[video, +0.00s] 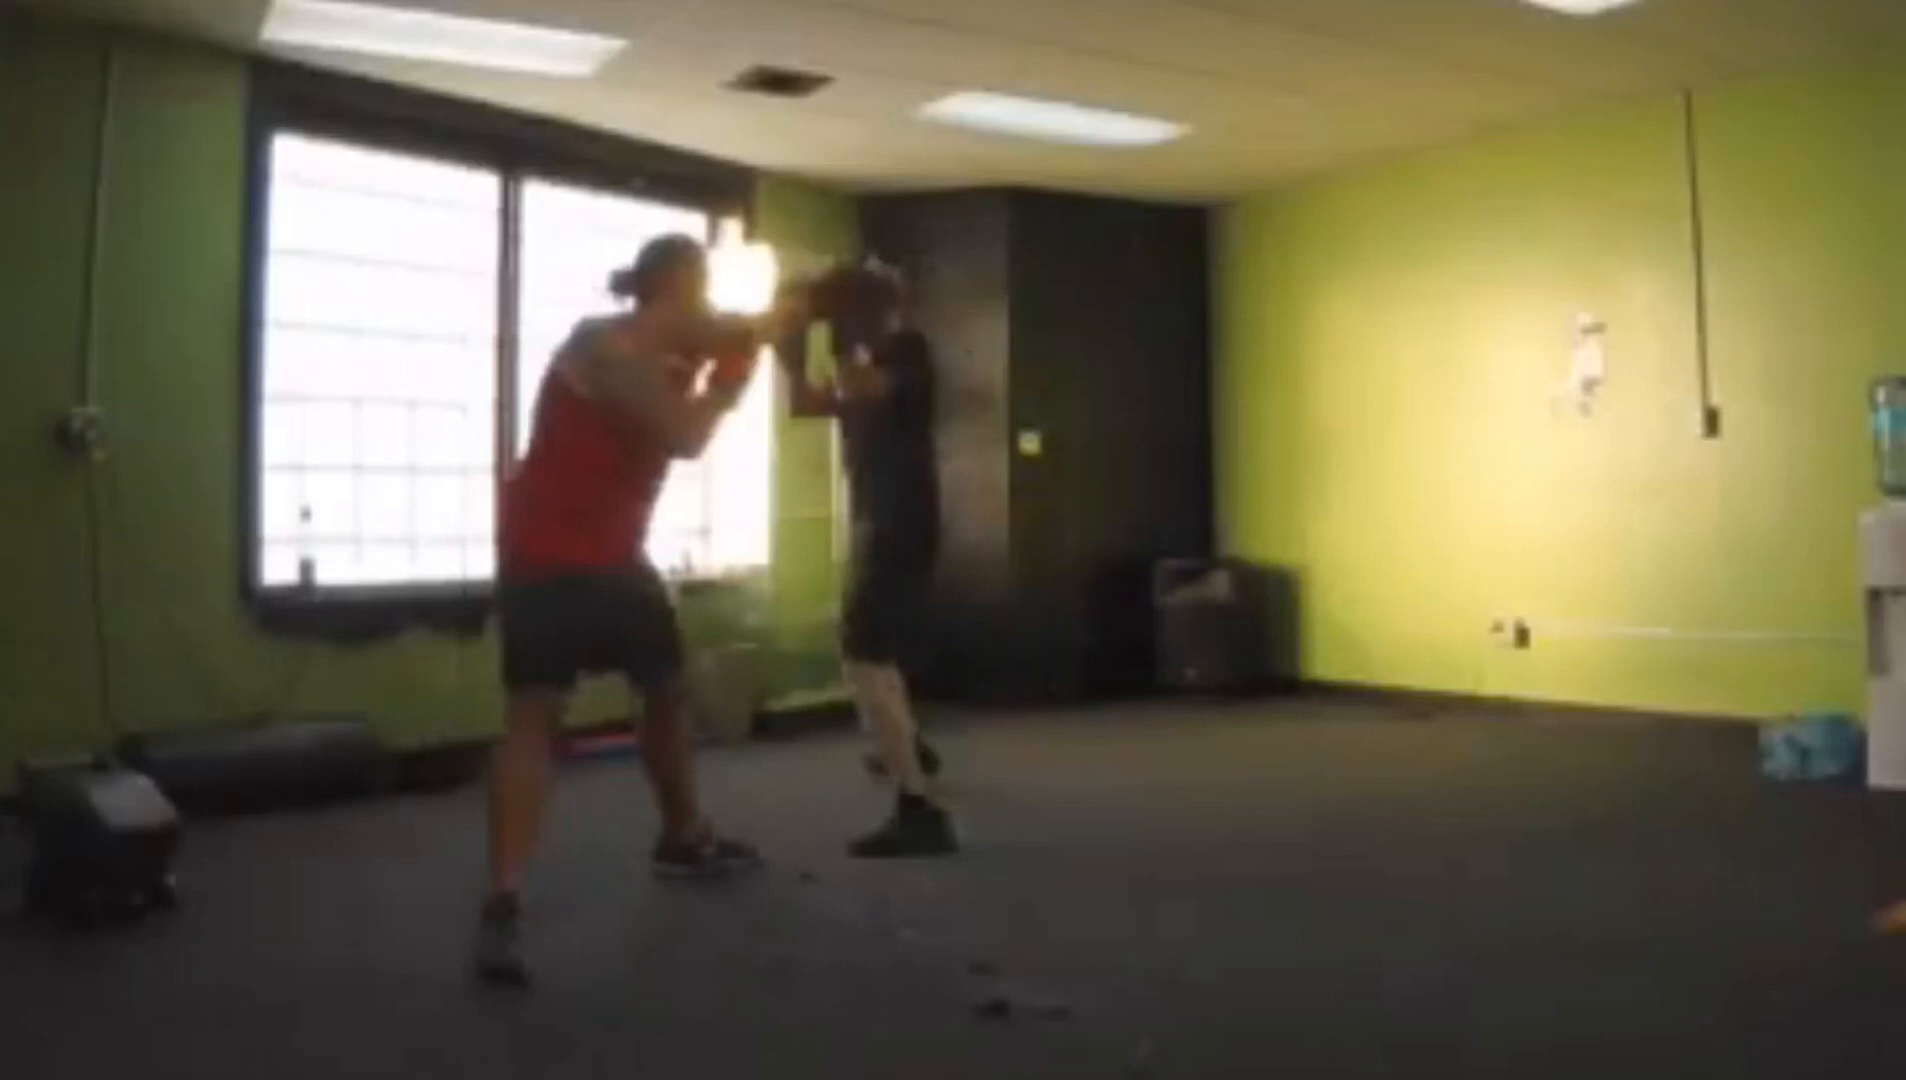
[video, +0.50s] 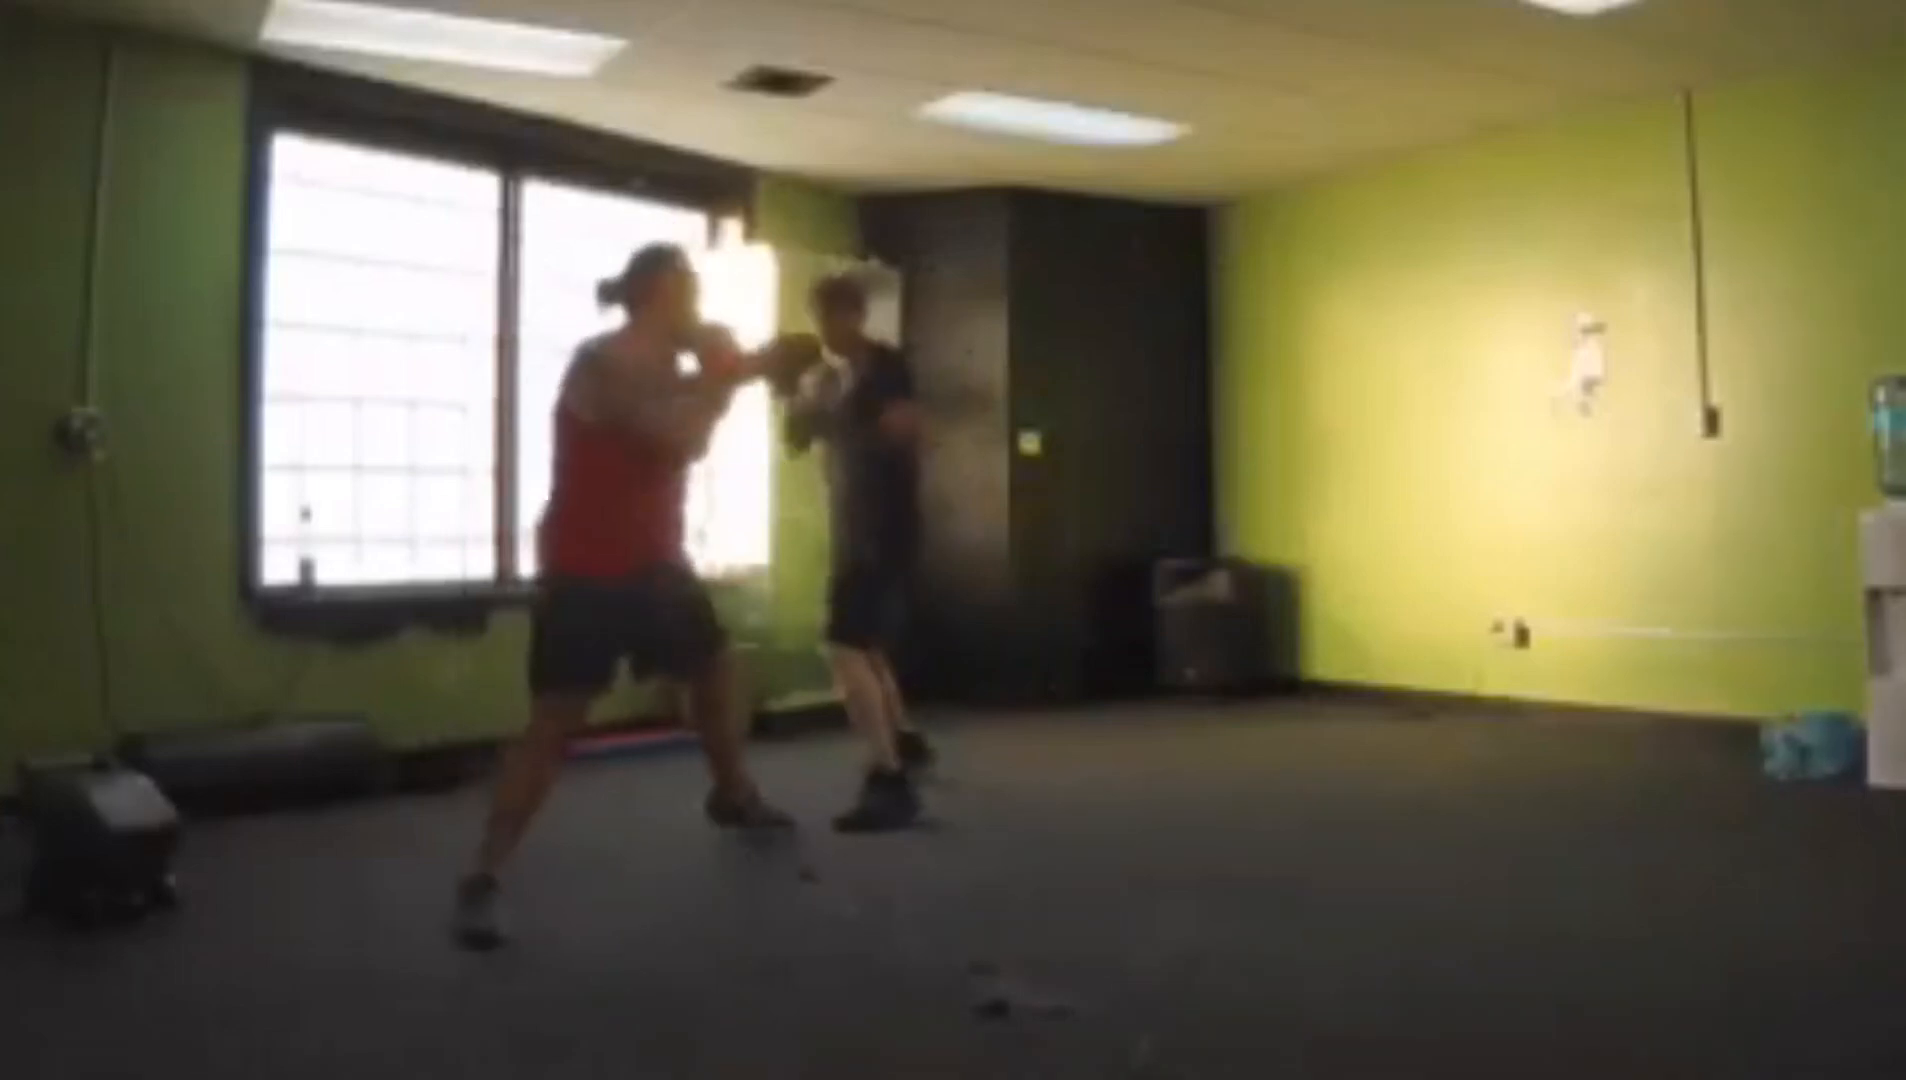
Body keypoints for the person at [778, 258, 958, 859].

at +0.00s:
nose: (840, 325)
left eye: (847, 311)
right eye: (840, 311)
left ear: (871, 307)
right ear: (860, 313)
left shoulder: (906, 351)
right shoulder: (867, 364)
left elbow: (861, 391)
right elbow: (801, 401)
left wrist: (836, 331)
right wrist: (792, 335)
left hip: (899, 524)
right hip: (880, 523)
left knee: (868, 659)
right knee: (869, 656)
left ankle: (916, 805)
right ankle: (908, 754)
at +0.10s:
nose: (841, 335)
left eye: (848, 322)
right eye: (840, 323)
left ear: (873, 319)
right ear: (861, 323)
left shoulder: (907, 367)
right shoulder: (865, 383)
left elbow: (870, 402)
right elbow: (802, 417)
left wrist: (841, 343)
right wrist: (796, 348)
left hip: (898, 538)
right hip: (876, 536)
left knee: (859, 661)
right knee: (863, 656)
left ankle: (912, 803)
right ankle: (899, 752)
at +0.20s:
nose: (851, 337)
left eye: (859, 323)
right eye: (844, 325)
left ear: (876, 324)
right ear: (834, 328)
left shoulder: (900, 374)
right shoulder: (843, 383)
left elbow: (935, 441)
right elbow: (832, 463)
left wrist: (872, 413)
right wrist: (815, 416)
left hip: (888, 528)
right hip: (864, 527)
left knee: (856, 656)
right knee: (870, 655)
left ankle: (903, 793)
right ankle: (908, 757)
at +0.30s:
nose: (839, 336)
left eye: (847, 323)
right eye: (833, 324)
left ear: (867, 321)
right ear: (828, 325)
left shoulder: (898, 375)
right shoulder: (844, 380)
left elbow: (898, 459)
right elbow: (842, 455)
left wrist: (835, 445)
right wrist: (812, 422)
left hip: (887, 522)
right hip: (864, 520)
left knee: (848, 644)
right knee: (868, 646)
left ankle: (896, 776)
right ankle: (906, 754)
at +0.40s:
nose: (827, 333)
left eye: (833, 320)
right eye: (824, 321)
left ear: (853, 317)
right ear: (829, 320)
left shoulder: (890, 369)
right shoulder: (851, 378)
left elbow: (918, 431)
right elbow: (838, 458)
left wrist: (846, 439)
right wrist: (807, 423)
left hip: (885, 523)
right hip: (864, 520)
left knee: (841, 643)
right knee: (871, 646)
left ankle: (887, 766)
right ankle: (908, 749)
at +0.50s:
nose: (831, 331)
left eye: (838, 318)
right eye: (825, 319)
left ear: (856, 316)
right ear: (820, 321)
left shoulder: (887, 367)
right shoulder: (828, 376)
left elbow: (893, 429)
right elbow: (797, 436)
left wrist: (829, 411)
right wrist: (799, 390)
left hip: (883, 529)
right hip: (854, 529)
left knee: (848, 647)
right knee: (864, 646)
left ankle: (887, 775)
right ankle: (901, 742)